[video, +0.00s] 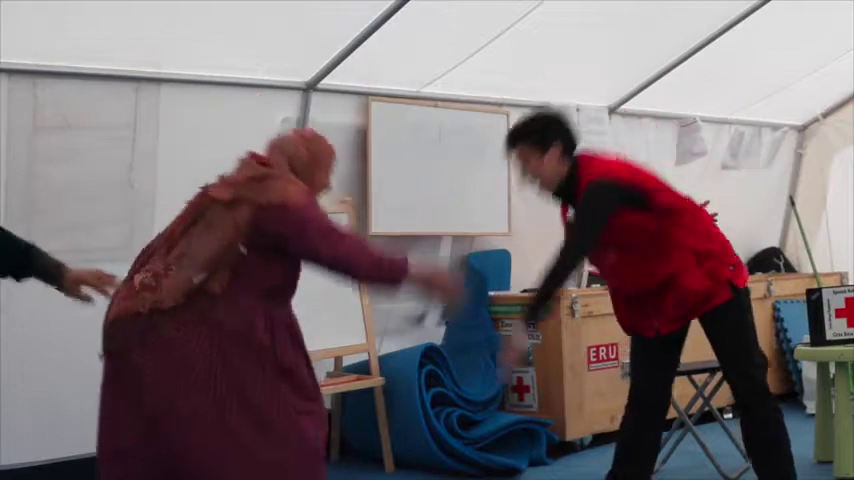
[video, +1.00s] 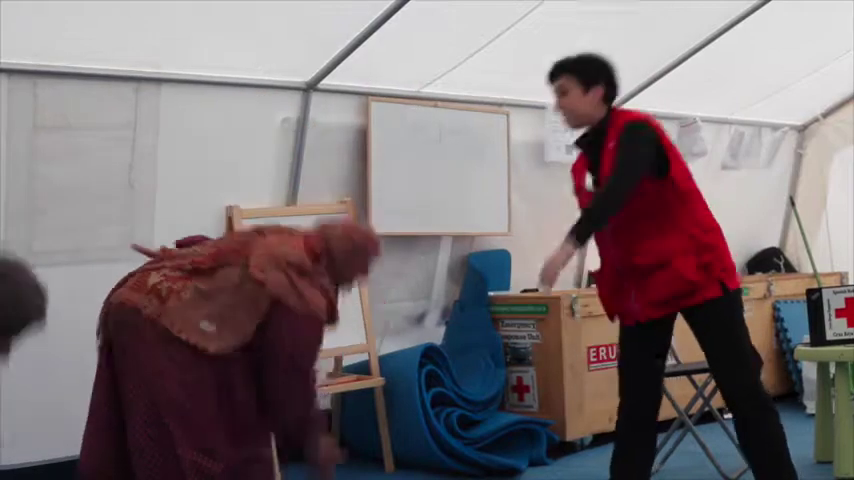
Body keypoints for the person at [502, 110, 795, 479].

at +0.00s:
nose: (527, 175)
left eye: (529, 163)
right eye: (522, 166)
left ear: (556, 151)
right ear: (550, 156)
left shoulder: (601, 180)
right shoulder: (575, 194)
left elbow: (570, 258)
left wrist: (529, 320)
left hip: (708, 276)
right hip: (656, 292)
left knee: (750, 389)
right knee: (645, 404)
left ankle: (777, 473)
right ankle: (627, 475)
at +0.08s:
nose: (513, 225)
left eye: (514, 212)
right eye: (507, 217)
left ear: (539, 198)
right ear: (535, 201)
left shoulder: (586, 224)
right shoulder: (574, 210)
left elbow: (574, 308)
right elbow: (619, 179)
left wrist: (550, 371)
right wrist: (667, 214)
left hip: (713, 276)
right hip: (660, 296)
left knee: (754, 390)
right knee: (648, 407)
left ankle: (780, 471)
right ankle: (630, 473)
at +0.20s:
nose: (513, 298)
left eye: (512, 288)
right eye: (506, 292)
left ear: (531, 272)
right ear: (532, 268)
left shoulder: (584, 281)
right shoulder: (564, 245)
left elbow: (594, 363)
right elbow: (600, 195)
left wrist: (590, 436)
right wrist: (649, 216)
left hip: (713, 275)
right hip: (661, 299)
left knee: (755, 390)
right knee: (651, 406)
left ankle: (784, 473)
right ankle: (632, 473)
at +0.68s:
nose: (514, 267)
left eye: (513, 257)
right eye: (507, 261)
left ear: (536, 241)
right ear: (537, 237)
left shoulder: (585, 262)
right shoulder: (572, 231)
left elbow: (590, 339)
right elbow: (610, 196)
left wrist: (574, 413)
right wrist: (666, 213)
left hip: (717, 271)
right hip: (664, 291)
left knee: (754, 386)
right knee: (652, 401)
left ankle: (782, 473)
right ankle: (633, 474)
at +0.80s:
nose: (518, 193)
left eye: (522, 182)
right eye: (514, 185)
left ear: (551, 173)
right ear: (545, 178)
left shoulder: (598, 199)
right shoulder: (565, 219)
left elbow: (586, 278)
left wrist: (558, 349)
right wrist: (552, 343)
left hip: (713, 270)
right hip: (658, 290)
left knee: (750, 383)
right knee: (649, 400)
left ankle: (781, 473)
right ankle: (631, 474)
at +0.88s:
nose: (530, 150)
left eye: (536, 138)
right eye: (527, 140)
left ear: (567, 133)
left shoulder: (609, 167)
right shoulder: (572, 191)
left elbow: (591, 242)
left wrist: (555, 307)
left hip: (708, 272)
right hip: (653, 288)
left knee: (748, 387)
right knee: (645, 401)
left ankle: (780, 473)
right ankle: (631, 474)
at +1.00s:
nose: (558, 104)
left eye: (564, 93)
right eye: (556, 95)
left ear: (598, 91)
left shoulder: (636, 130)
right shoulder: (586, 162)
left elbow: (618, 191)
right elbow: (613, 231)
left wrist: (569, 246)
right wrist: (618, 291)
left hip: (697, 271)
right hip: (642, 286)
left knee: (741, 387)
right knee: (636, 406)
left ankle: (777, 475)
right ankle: (627, 476)